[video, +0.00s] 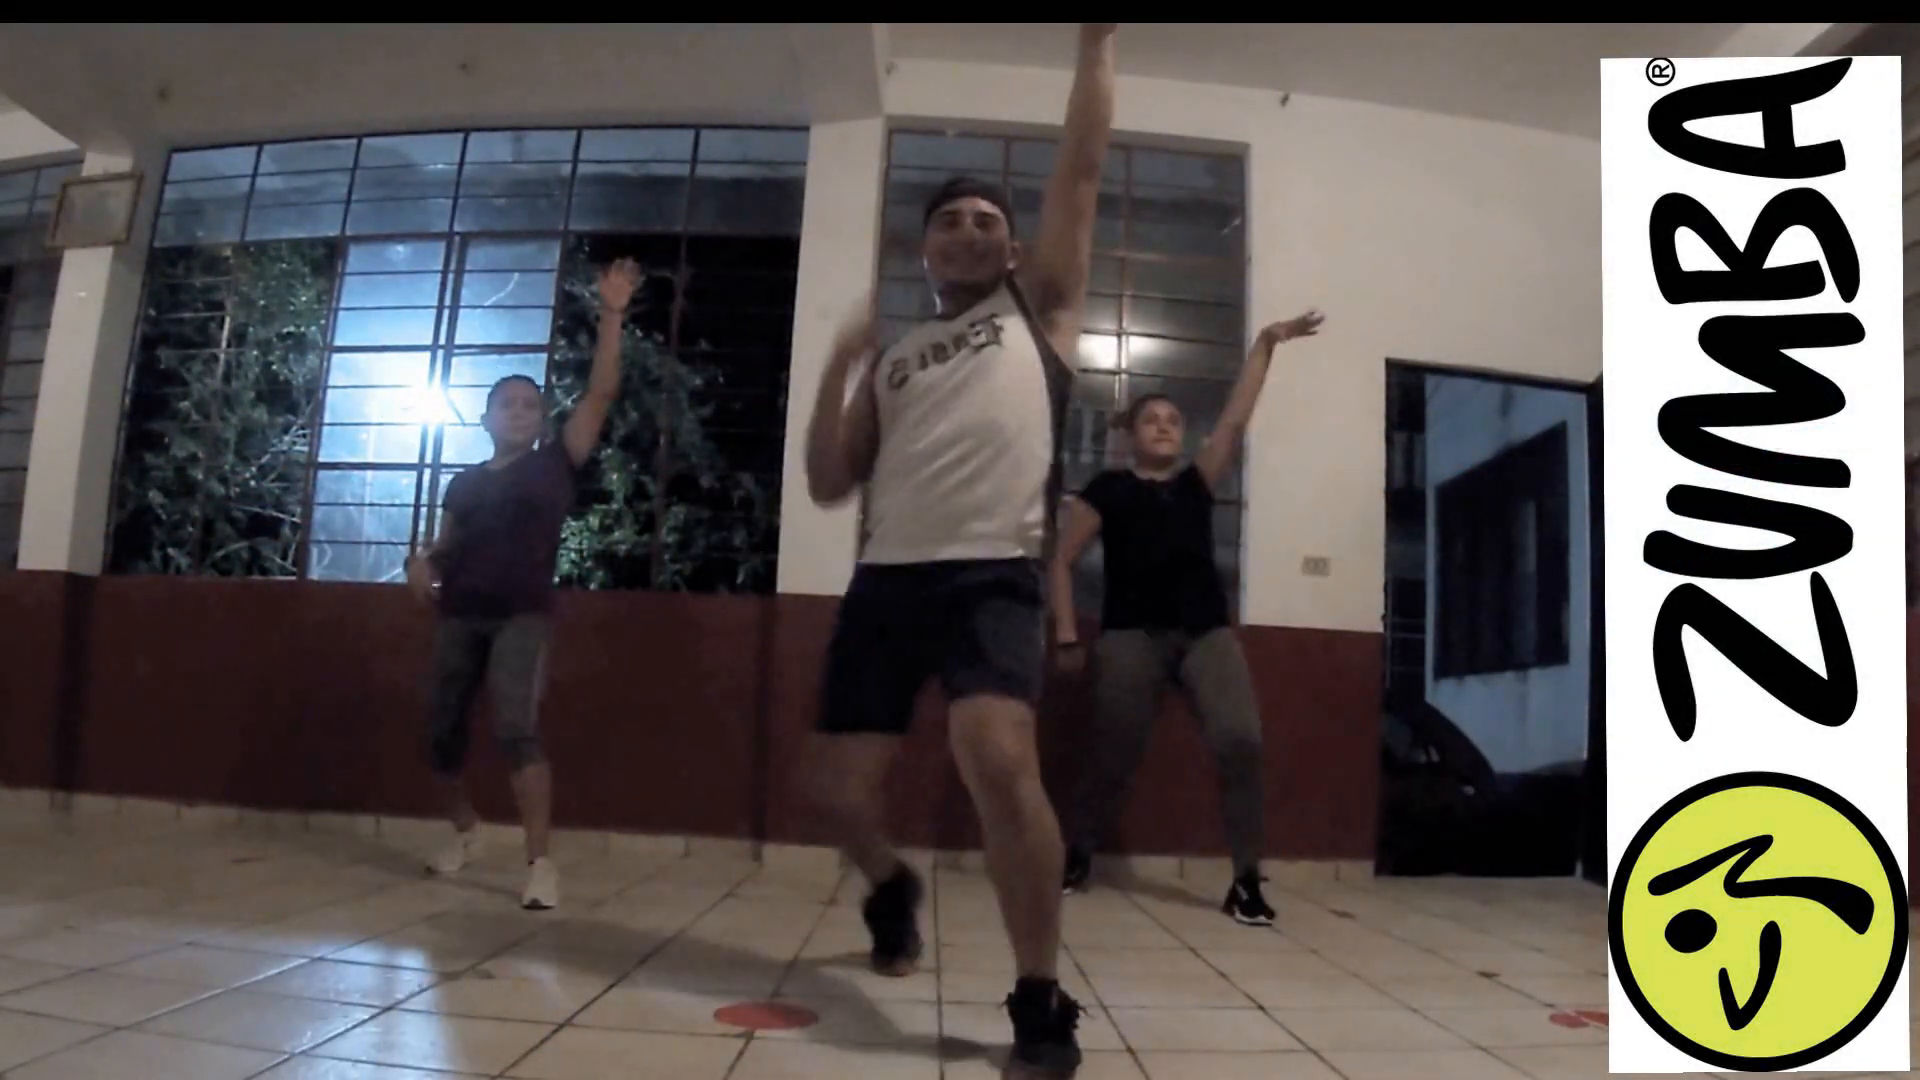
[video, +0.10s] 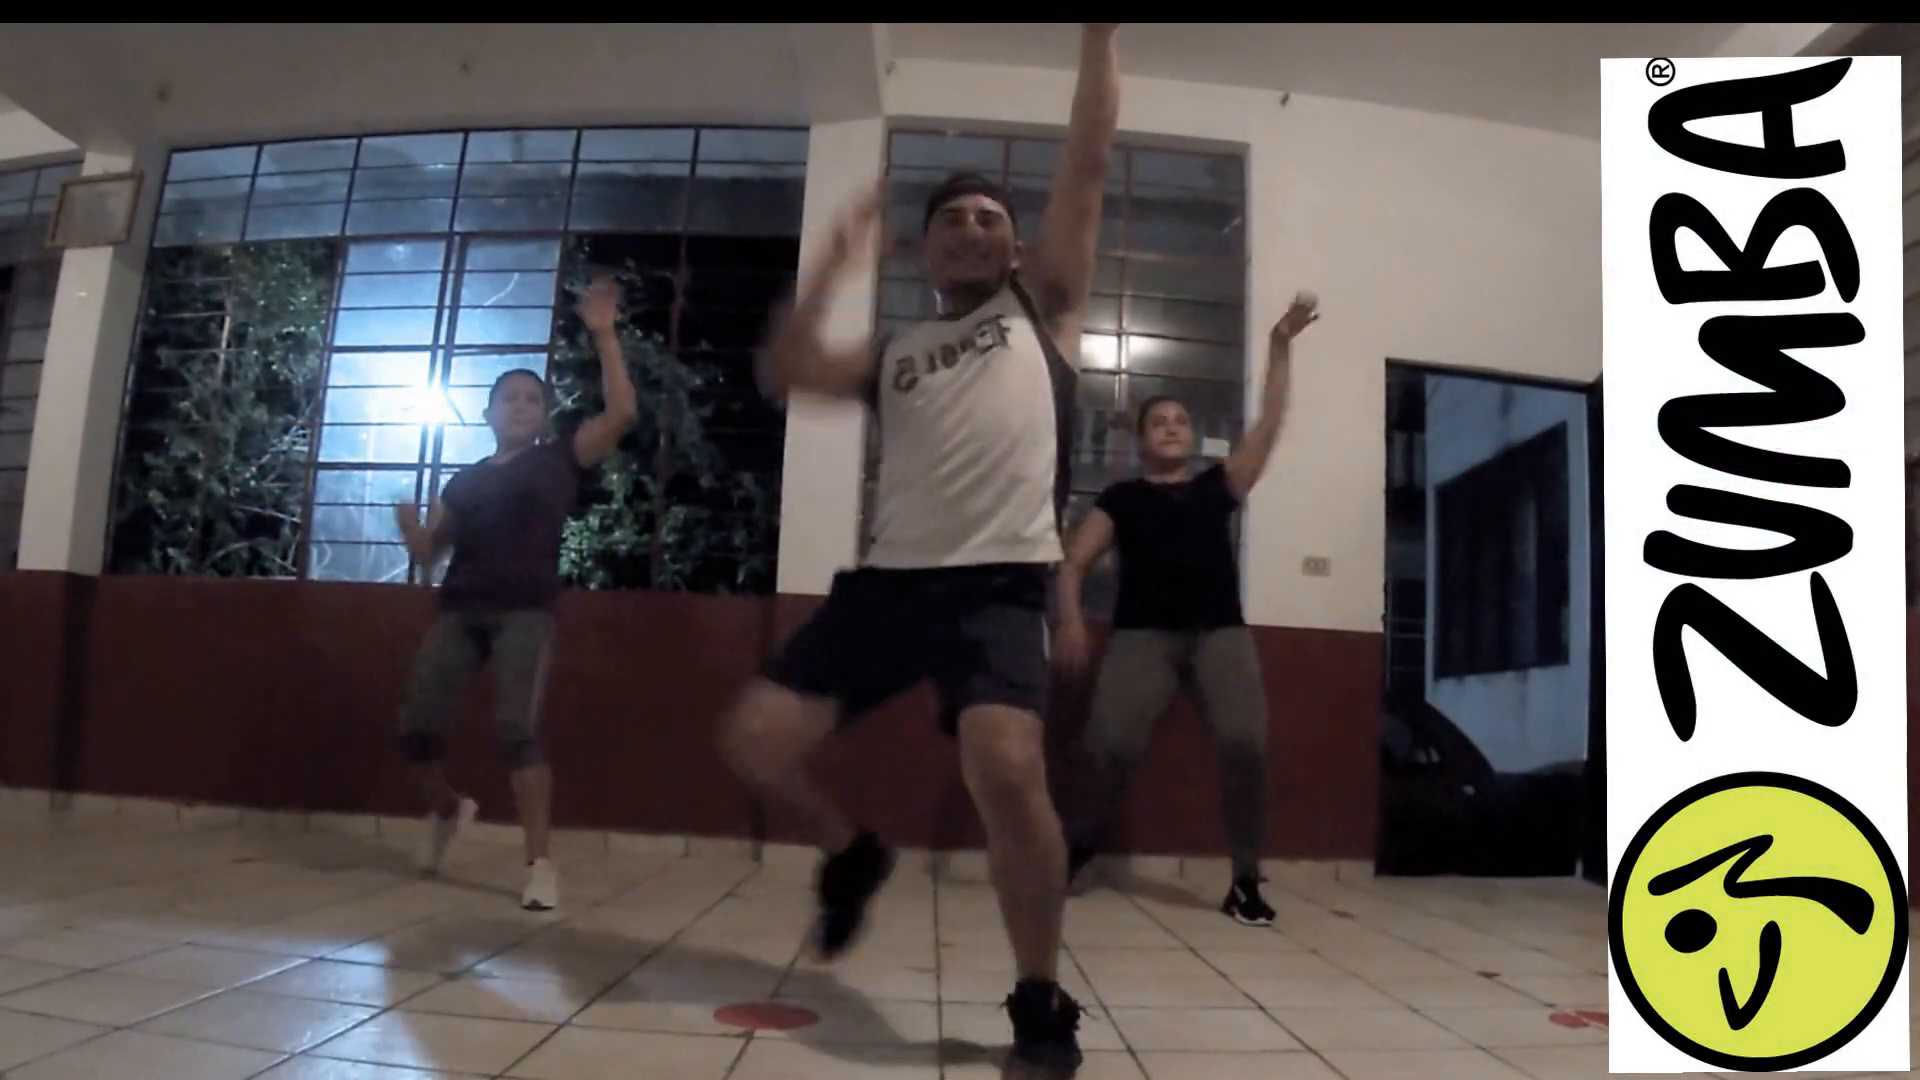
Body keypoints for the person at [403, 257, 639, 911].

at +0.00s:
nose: (518, 410)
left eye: (528, 404)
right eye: (507, 403)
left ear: (542, 418)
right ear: (489, 416)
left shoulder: (557, 463)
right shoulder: (468, 483)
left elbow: (601, 394)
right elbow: (445, 548)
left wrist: (612, 314)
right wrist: (423, 561)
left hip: (524, 612)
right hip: (462, 611)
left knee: (516, 727)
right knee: (444, 727)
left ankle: (539, 862)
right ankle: (464, 828)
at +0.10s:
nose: (519, 406)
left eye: (530, 400)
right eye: (509, 398)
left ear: (545, 413)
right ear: (491, 413)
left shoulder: (561, 456)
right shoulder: (466, 482)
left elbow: (621, 412)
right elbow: (428, 553)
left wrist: (604, 333)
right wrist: (416, 535)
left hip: (526, 609)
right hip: (461, 608)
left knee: (518, 731)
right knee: (417, 724)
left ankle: (539, 864)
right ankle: (448, 808)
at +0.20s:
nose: (516, 402)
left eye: (527, 396)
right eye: (507, 394)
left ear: (542, 410)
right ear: (488, 406)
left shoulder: (556, 462)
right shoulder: (464, 467)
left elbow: (625, 438)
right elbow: (388, 478)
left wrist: (600, 366)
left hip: (522, 609)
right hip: (456, 607)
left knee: (518, 727)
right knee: (397, 710)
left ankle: (539, 865)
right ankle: (410, 834)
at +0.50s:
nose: (487, 412)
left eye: (499, 406)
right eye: (479, 400)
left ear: (508, 419)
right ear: (457, 402)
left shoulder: (510, 479)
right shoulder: (420, 448)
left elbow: (574, 526)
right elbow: (378, 370)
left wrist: (557, 451)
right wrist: (378, 291)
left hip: (483, 612)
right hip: (415, 609)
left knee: (509, 731)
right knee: (361, 729)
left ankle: (538, 862)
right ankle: (355, 858)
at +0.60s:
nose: (483, 404)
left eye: (490, 396)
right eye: (473, 393)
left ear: (500, 407)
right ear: (448, 398)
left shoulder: (509, 468)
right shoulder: (413, 446)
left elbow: (577, 524)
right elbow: (355, 384)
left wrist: (542, 503)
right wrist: (372, 310)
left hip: (480, 611)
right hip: (409, 607)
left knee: (505, 720)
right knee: (357, 720)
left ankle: (529, 849)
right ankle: (355, 856)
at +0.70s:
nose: (484, 400)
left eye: (492, 392)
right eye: (473, 390)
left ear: (503, 402)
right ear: (449, 395)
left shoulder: (516, 461)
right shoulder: (417, 448)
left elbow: (578, 513)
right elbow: (342, 415)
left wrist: (545, 553)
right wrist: (366, 351)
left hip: (481, 610)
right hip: (412, 606)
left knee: (496, 725)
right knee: (366, 720)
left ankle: (533, 831)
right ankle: (354, 852)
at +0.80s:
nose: (483, 404)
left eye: (492, 395)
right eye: (472, 394)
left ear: (508, 404)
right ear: (453, 403)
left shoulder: (529, 461)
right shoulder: (429, 460)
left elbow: (584, 518)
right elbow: (349, 459)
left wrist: (551, 583)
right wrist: (364, 401)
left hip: (487, 613)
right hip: (423, 608)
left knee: (496, 740)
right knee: (383, 725)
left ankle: (539, 837)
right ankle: (353, 851)